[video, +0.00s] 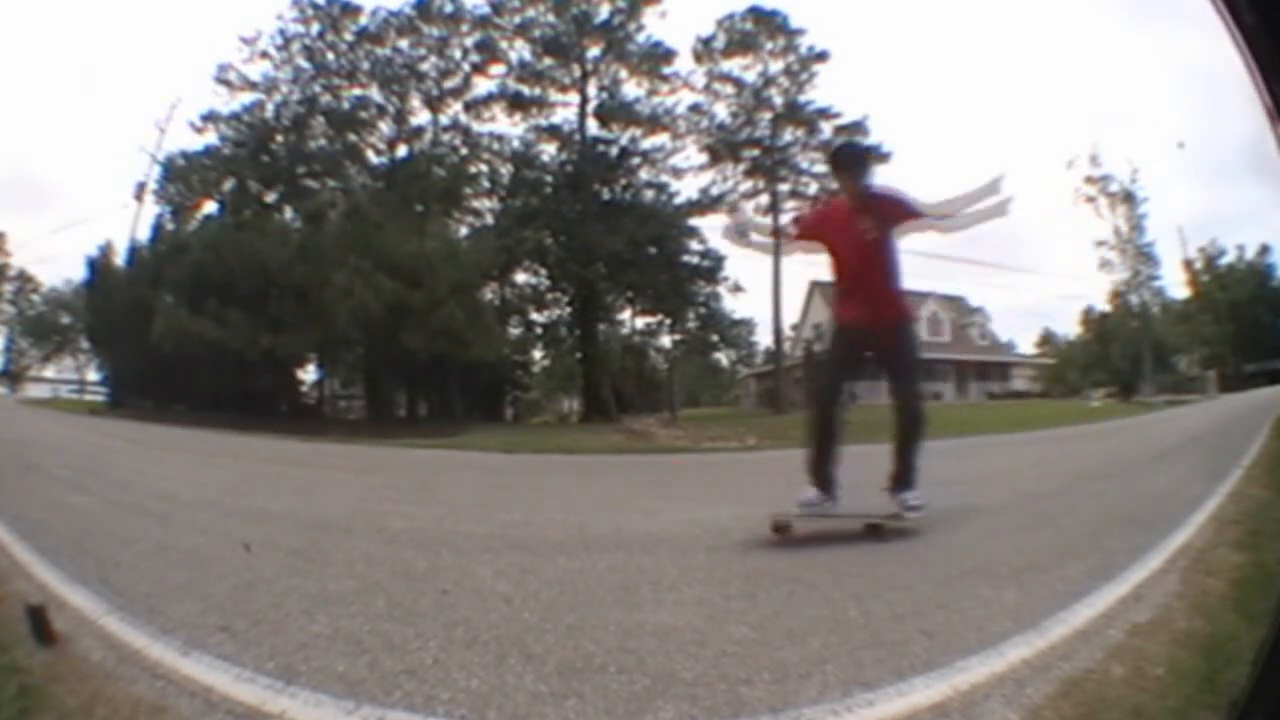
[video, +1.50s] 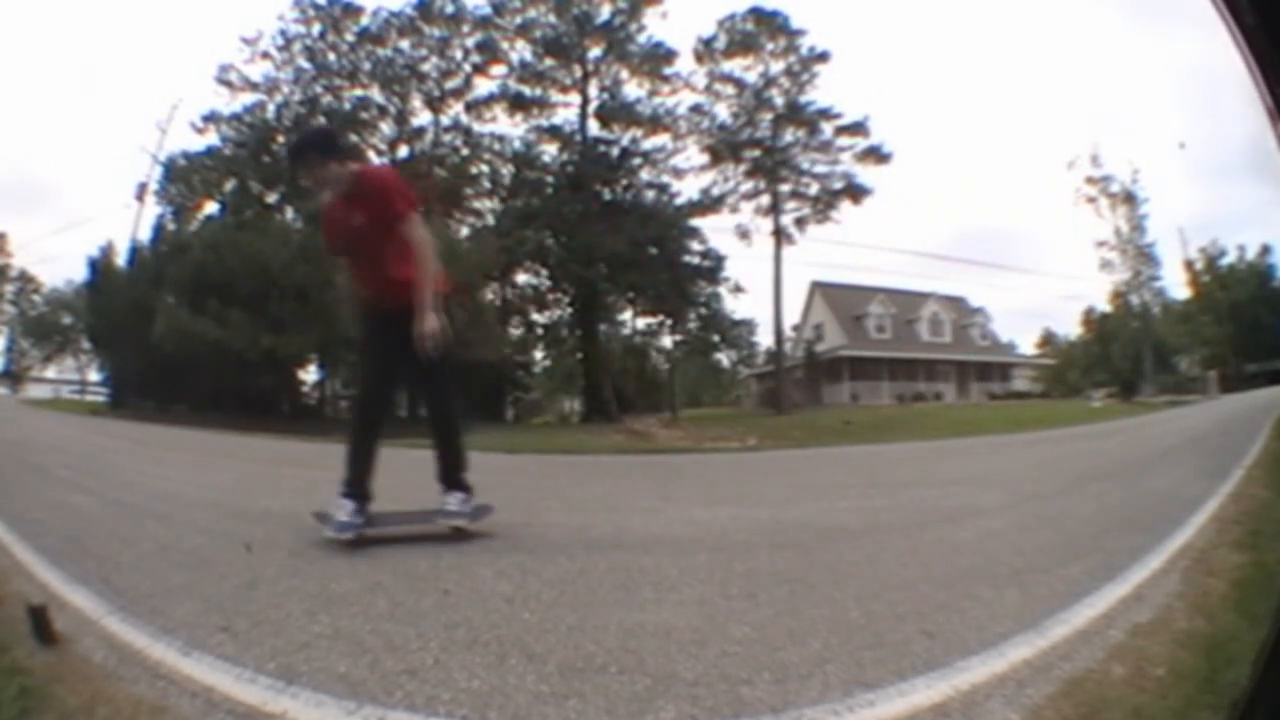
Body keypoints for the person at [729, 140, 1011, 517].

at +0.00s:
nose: (854, 183)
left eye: (859, 175)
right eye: (846, 177)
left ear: (868, 172)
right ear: (835, 176)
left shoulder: (883, 205)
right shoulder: (826, 216)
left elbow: (940, 216)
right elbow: (784, 242)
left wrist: (987, 196)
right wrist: (746, 235)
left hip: (891, 321)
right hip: (850, 324)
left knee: (909, 402)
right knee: (825, 399)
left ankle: (903, 488)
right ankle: (823, 489)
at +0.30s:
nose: (734, 146)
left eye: (739, 138)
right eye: (731, 138)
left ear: (758, 133)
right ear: (728, 136)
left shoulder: (787, 153)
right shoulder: (730, 153)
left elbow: (828, 146)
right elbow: (713, 152)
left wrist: (861, 133)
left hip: (794, 259)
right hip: (753, 262)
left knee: (836, 296)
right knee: (705, 327)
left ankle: (823, 385)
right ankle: (662, 408)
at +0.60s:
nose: (646, 188)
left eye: (649, 179)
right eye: (641, 181)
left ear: (665, 174)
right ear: (640, 181)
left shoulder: (694, 212)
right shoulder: (644, 216)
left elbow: (714, 267)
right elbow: (647, 269)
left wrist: (695, 313)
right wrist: (643, 313)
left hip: (694, 326)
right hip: (652, 326)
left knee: (696, 413)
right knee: (621, 407)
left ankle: (700, 494)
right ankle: (615, 494)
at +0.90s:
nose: (554, 170)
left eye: (557, 161)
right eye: (550, 163)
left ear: (574, 155)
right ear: (552, 161)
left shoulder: (611, 199)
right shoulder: (550, 195)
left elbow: (593, 261)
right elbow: (528, 230)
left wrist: (532, 250)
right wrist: (502, 216)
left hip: (600, 316)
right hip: (562, 315)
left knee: (595, 409)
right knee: (538, 404)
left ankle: (633, 491)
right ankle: (526, 491)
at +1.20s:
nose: (436, 166)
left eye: (439, 157)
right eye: (433, 158)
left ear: (458, 150)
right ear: (440, 155)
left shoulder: (505, 189)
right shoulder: (444, 196)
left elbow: (517, 259)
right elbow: (429, 254)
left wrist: (513, 328)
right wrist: (408, 309)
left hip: (516, 309)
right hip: (474, 309)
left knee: (519, 400)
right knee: (452, 398)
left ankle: (523, 486)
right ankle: (430, 491)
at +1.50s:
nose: (313, 185)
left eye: (314, 174)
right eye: (306, 178)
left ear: (334, 161)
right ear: (312, 176)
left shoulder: (379, 181)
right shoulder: (333, 212)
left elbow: (422, 241)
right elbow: (348, 268)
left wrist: (428, 309)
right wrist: (350, 320)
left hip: (417, 305)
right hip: (378, 312)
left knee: (438, 398)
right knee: (369, 402)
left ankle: (456, 488)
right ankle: (355, 499)